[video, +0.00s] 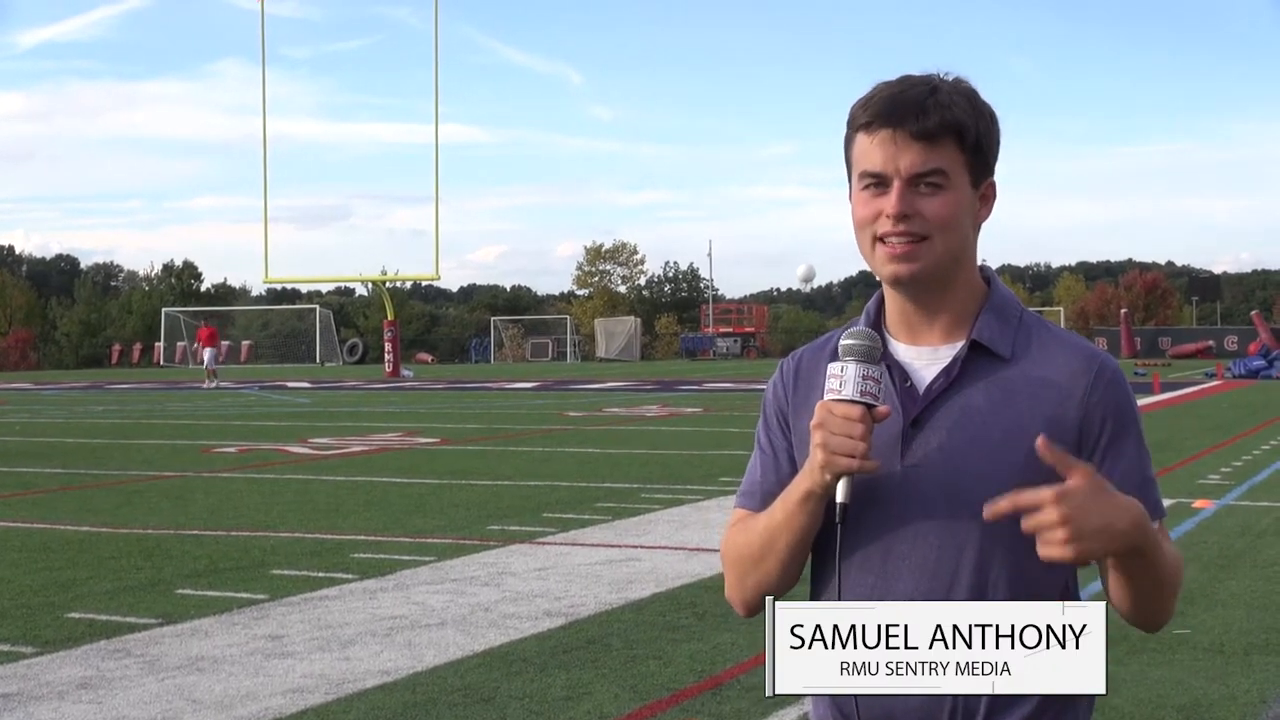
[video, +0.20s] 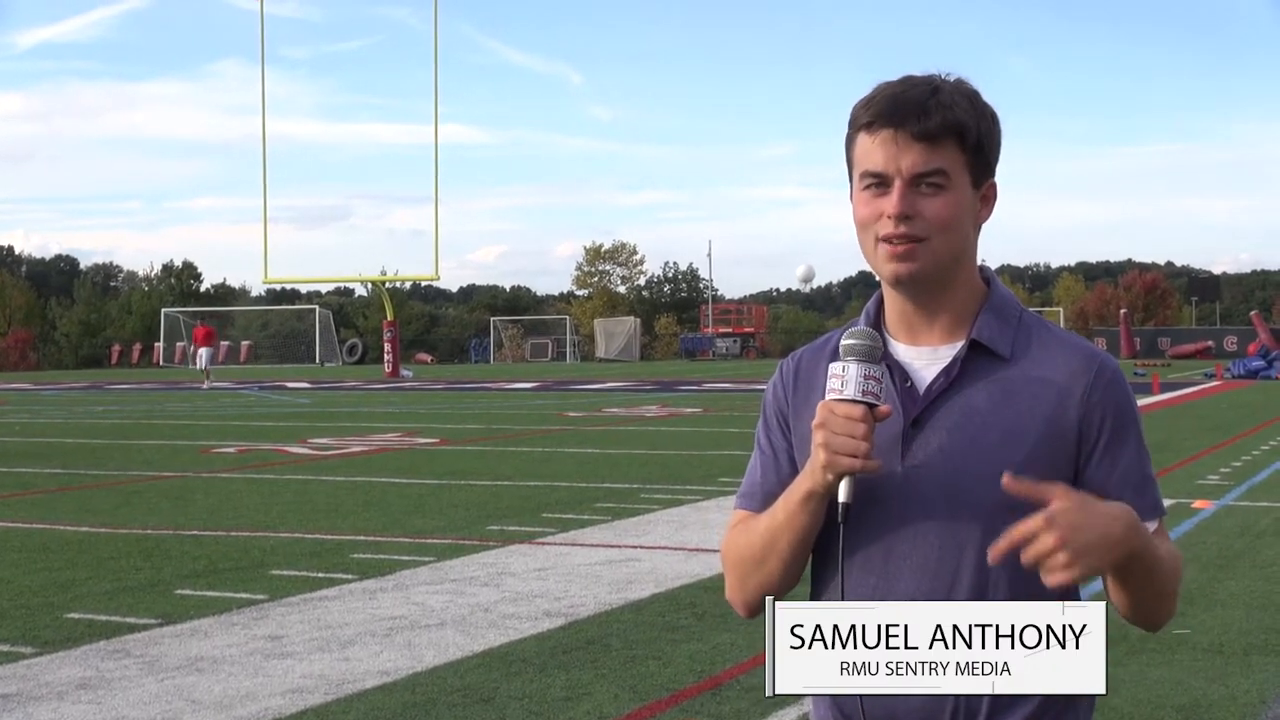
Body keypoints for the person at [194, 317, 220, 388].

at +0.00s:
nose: (204, 324)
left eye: (205, 323)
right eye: (203, 323)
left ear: (207, 323)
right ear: (201, 323)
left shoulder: (213, 330)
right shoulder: (200, 330)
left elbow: (217, 341)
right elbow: (198, 340)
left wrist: (219, 350)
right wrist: (195, 345)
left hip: (211, 348)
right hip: (205, 348)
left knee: (206, 365)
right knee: (211, 366)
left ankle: (207, 381)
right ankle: (216, 380)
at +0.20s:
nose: (200, 324)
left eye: (201, 322)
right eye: (199, 322)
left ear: (204, 322)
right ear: (198, 322)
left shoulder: (210, 329)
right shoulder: (196, 330)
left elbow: (214, 340)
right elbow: (194, 342)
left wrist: (214, 347)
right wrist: (192, 348)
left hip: (207, 348)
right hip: (200, 348)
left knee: (205, 366)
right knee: (199, 367)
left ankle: (206, 382)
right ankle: (209, 377)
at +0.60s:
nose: (188, 323)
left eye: (189, 322)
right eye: (187, 322)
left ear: (193, 322)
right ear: (185, 323)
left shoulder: (196, 330)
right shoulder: (185, 331)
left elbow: (198, 340)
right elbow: (185, 341)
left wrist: (195, 349)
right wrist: (184, 349)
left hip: (195, 350)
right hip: (187, 351)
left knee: (198, 368)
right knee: (184, 368)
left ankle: (203, 383)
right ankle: (182, 382)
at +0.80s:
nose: (181, 322)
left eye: (182, 321)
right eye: (180, 321)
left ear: (184, 322)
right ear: (178, 322)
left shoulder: (188, 330)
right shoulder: (176, 331)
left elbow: (192, 341)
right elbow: (176, 342)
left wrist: (192, 351)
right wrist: (175, 352)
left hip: (186, 350)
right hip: (178, 350)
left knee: (187, 368)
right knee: (179, 368)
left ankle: (196, 380)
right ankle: (180, 384)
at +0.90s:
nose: (178, 322)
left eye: (179, 320)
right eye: (177, 321)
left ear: (182, 321)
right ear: (175, 321)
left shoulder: (185, 329)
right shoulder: (173, 330)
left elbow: (190, 340)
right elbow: (172, 341)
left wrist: (191, 350)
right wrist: (170, 350)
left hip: (184, 349)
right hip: (176, 349)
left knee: (182, 367)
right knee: (178, 368)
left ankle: (189, 381)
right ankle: (180, 384)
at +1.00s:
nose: (175, 323)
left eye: (177, 321)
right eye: (174, 321)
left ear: (179, 322)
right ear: (172, 322)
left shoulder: (183, 330)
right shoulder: (170, 330)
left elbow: (187, 340)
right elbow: (166, 342)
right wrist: (164, 350)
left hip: (181, 349)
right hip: (174, 349)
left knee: (176, 366)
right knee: (176, 367)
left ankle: (179, 384)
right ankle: (179, 384)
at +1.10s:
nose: (173, 323)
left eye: (175, 322)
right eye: (172, 322)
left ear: (177, 323)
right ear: (170, 323)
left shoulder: (180, 330)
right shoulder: (168, 331)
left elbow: (185, 340)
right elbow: (164, 341)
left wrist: (186, 346)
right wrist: (162, 346)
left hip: (178, 349)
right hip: (171, 350)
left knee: (173, 367)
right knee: (175, 368)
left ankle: (172, 383)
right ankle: (179, 383)